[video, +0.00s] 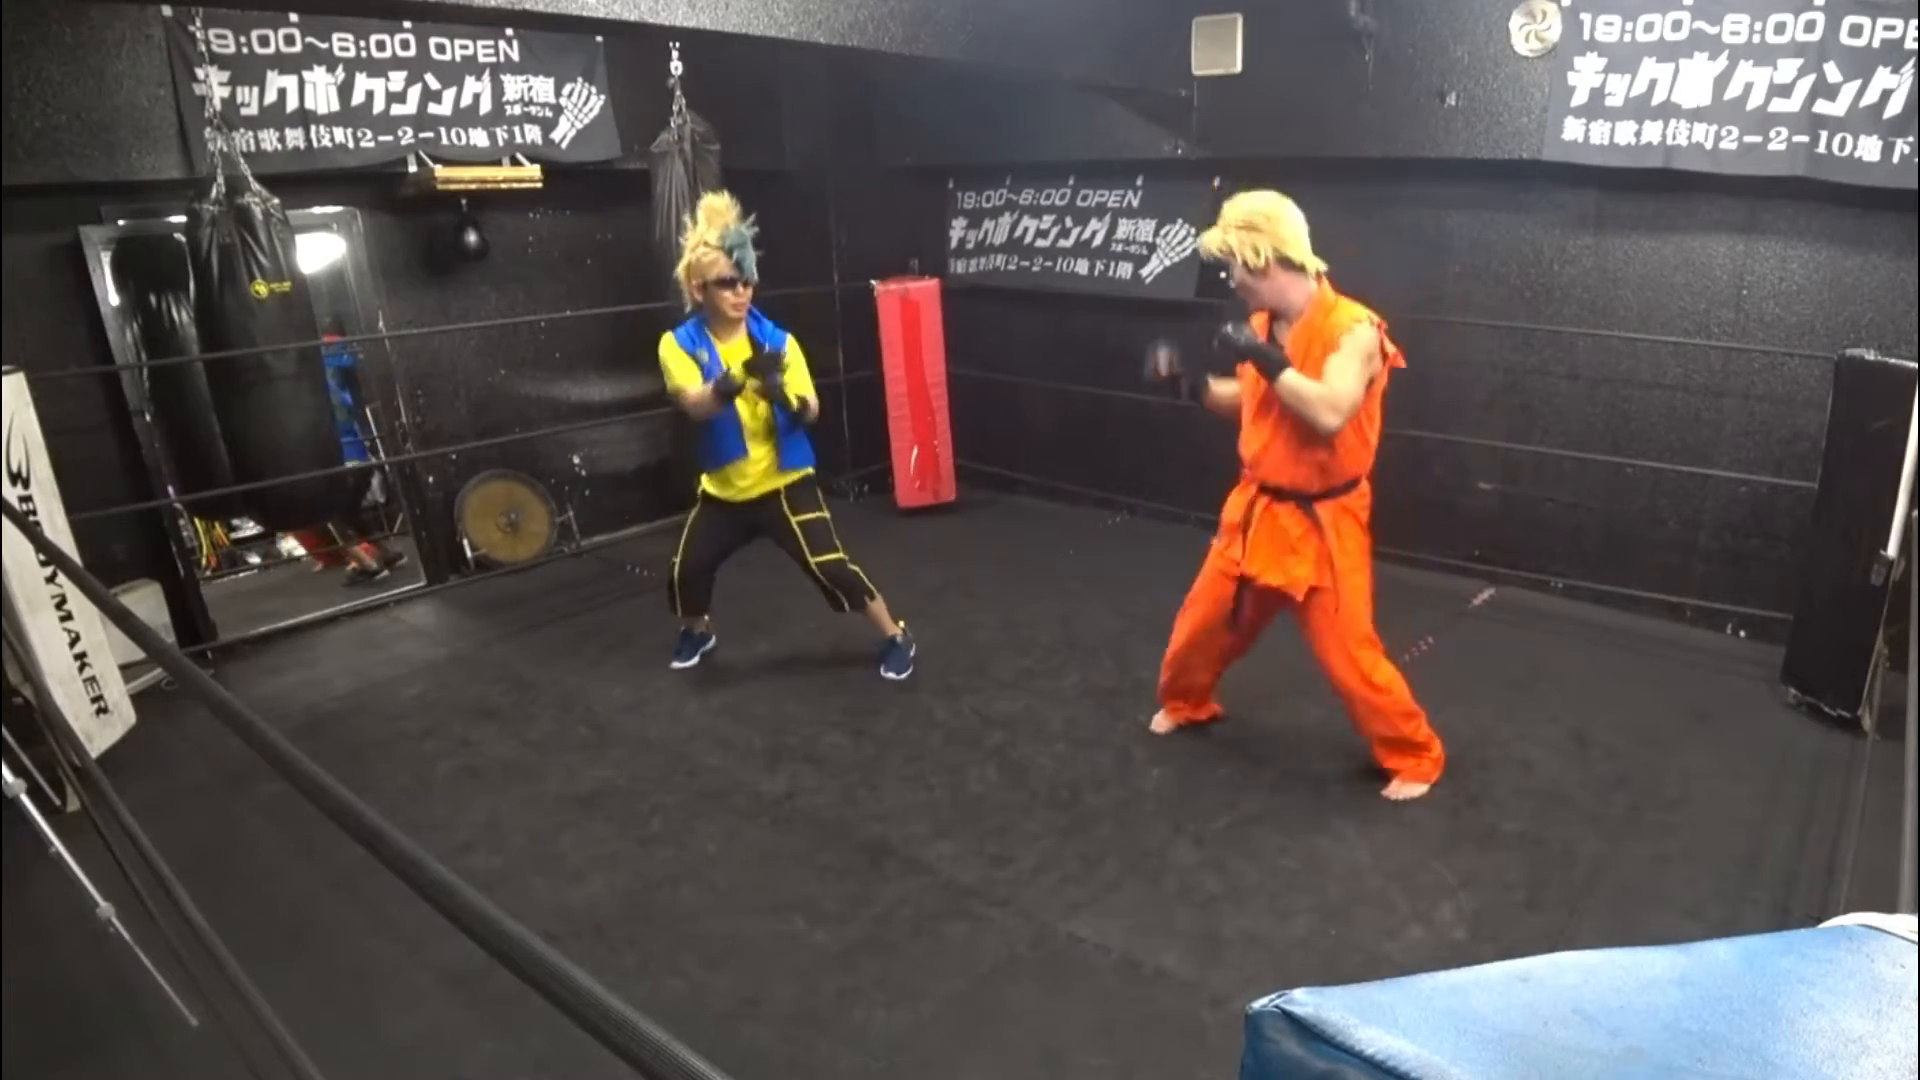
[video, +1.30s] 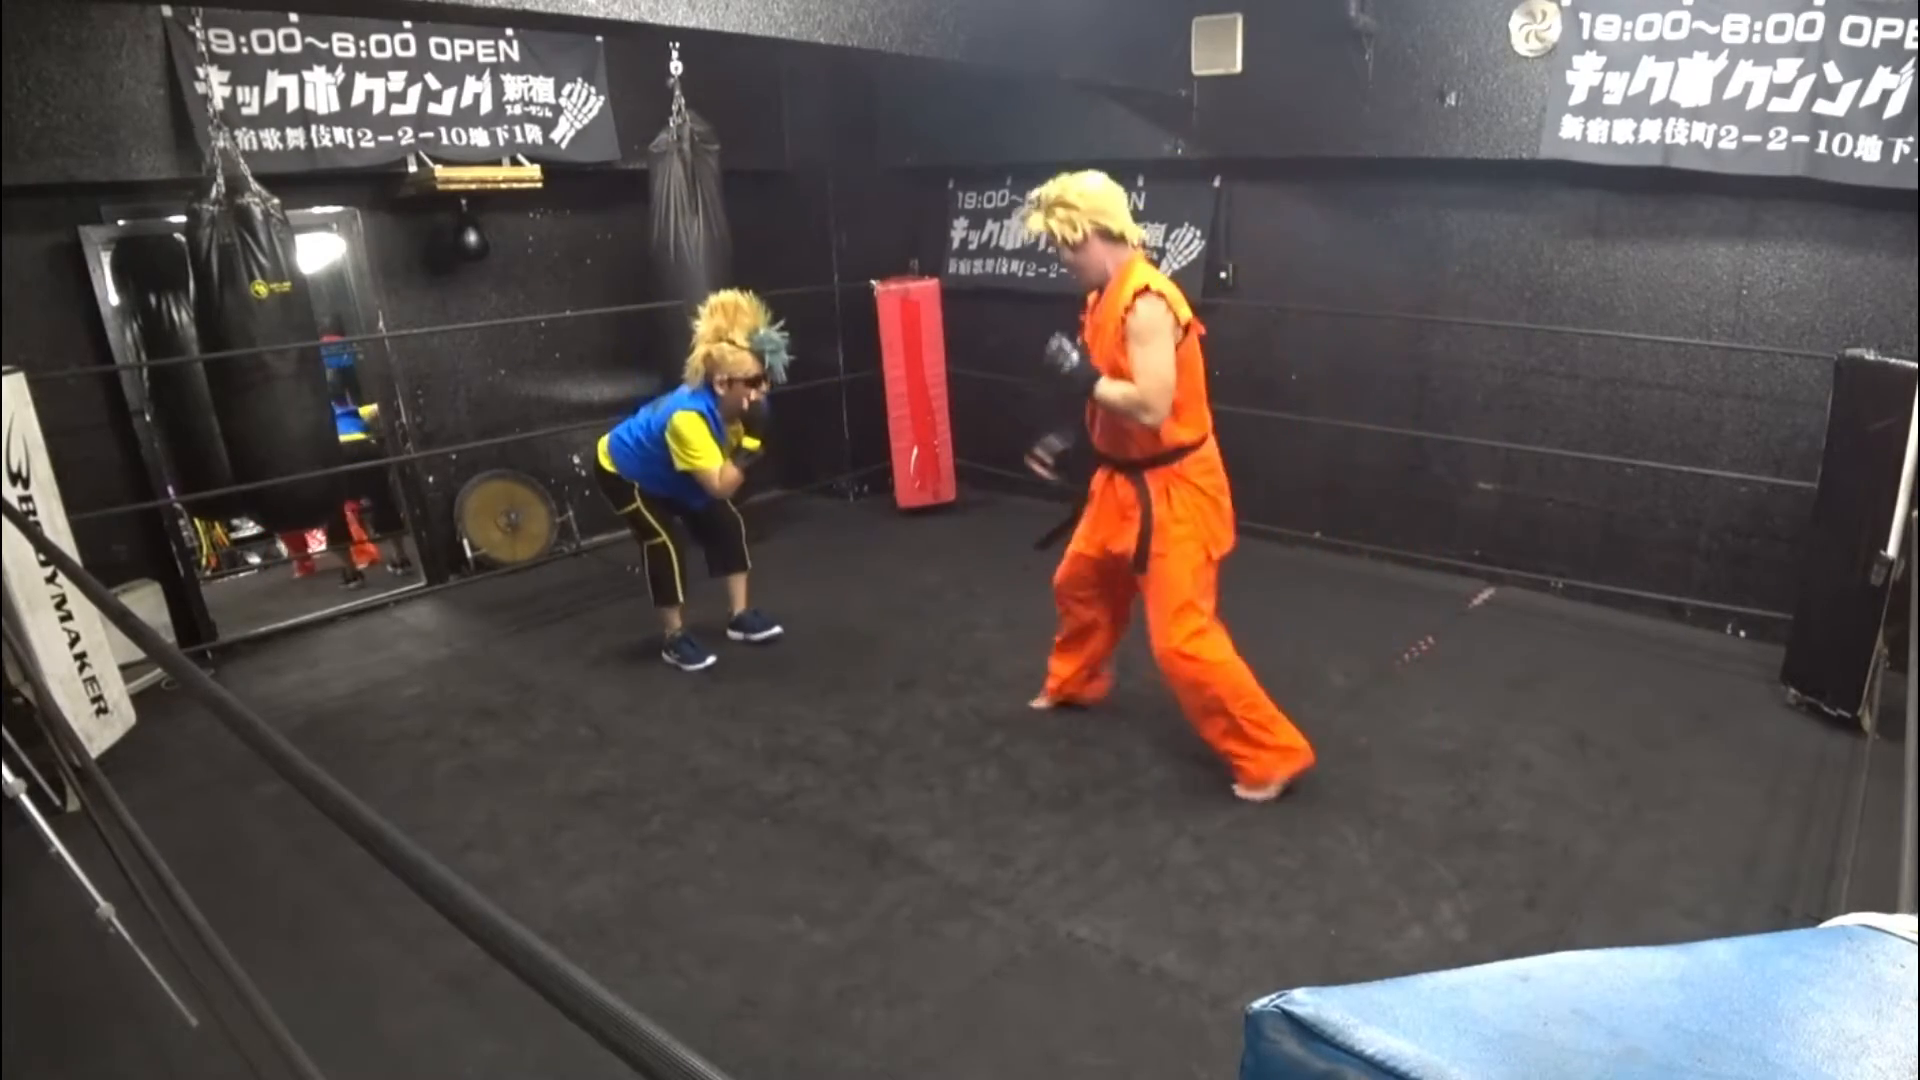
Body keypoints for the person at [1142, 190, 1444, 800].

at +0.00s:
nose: (1230, 283)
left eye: (1233, 268)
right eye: (1227, 270)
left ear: (1266, 260)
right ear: (1268, 261)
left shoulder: (1355, 331)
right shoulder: (1262, 325)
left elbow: (1329, 412)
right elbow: (1252, 398)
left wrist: (1264, 358)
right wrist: (1191, 383)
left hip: (1325, 519)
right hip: (1256, 508)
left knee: (1346, 654)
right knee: (1197, 627)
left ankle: (1417, 758)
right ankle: (1187, 703)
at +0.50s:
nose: (1177, 245)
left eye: (1182, 230)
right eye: (1174, 232)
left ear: (1216, 222)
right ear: (1213, 225)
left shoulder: (1288, 295)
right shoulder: (1206, 290)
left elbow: (1259, 388)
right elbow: (1197, 377)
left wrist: (1195, 340)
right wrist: (1145, 337)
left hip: (1276, 480)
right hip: (1212, 474)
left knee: (1297, 627)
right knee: (1186, 606)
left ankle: (1378, 763)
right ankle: (1203, 717)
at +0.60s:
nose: (1160, 221)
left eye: (1165, 205)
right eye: (1156, 208)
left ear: (1197, 193)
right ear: (1189, 197)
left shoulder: (1272, 264)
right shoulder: (1190, 261)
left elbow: (1243, 357)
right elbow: (1165, 331)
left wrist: (1182, 302)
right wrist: (1120, 294)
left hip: (1261, 451)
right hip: (1196, 445)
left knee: (1250, 594)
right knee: (1160, 574)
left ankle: (1321, 733)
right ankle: (1193, 711)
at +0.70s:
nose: (1147, 221)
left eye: (1150, 206)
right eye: (1144, 208)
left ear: (1181, 197)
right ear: (1182, 199)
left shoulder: (1254, 269)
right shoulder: (1170, 263)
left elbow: (1235, 367)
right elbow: (1165, 351)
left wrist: (1168, 315)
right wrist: (1096, 339)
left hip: (1241, 457)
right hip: (1175, 446)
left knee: (1220, 595)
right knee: (1120, 561)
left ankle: (1260, 746)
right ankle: (1159, 683)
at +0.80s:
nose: (1135, 250)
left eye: (1140, 236)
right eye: (1132, 237)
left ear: (1172, 227)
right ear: (1173, 229)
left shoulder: (1238, 303)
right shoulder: (1164, 294)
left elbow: (1190, 392)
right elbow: (1152, 395)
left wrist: (1135, 349)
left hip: (1215, 486)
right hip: (1152, 473)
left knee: (1203, 638)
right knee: (1083, 576)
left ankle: (1255, 750)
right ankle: (1093, 681)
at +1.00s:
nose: (1082, 282)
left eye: (1087, 269)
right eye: (1081, 270)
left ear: (1115, 264)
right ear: (1121, 265)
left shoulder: (1180, 340)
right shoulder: (1107, 331)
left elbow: (1162, 437)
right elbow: (1088, 418)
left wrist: (1094, 400)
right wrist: (1022, 413)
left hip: (1158, 511)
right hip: (1097, 499)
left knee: (1155, 657)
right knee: (1047, 605)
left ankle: (1250, 746)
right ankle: (1041, 685)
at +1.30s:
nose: (1063, 262)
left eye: (1065, 247)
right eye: (1059, 250)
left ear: (1095, 234)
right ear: (1094, 234)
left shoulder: (1147, 302)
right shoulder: (1105, 302)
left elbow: (1153, 404)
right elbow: (1113, 398)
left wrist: (1084, 376)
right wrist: (1071, 441)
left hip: (1177, 484)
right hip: (1124, 478)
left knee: (1181, 638)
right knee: (1079, 580)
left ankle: (1274, 755)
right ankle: (1076, 683)